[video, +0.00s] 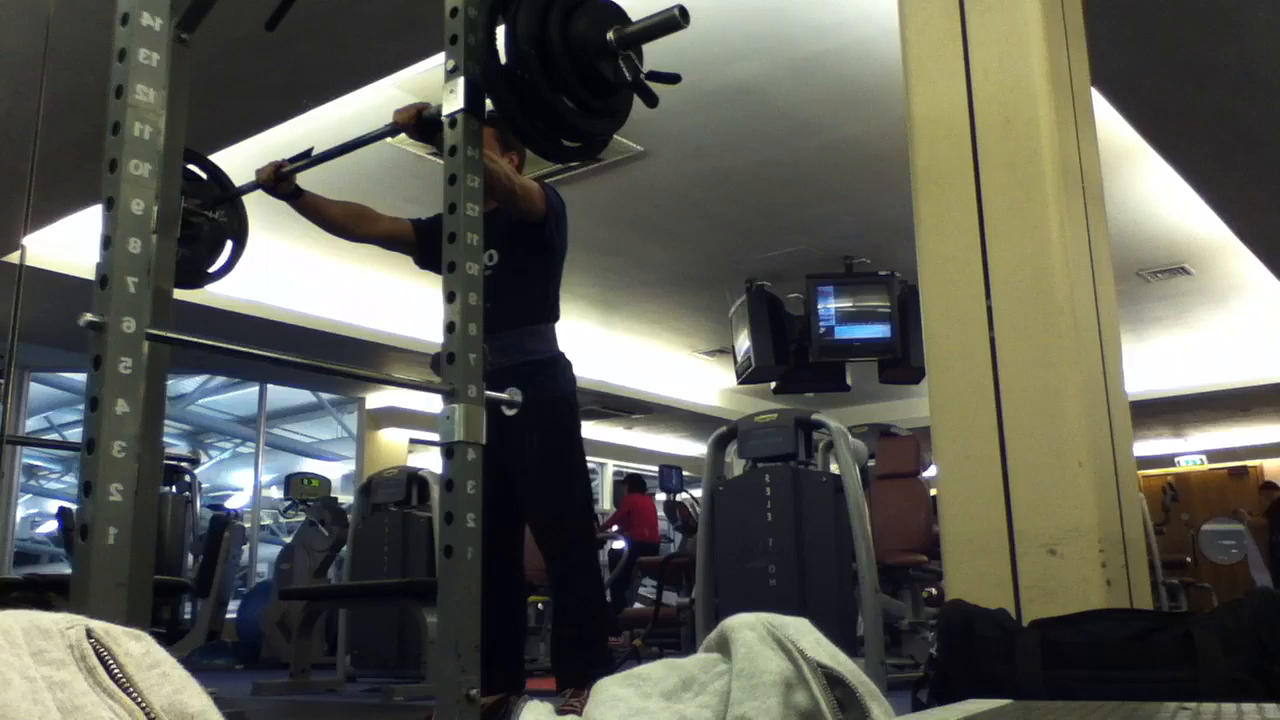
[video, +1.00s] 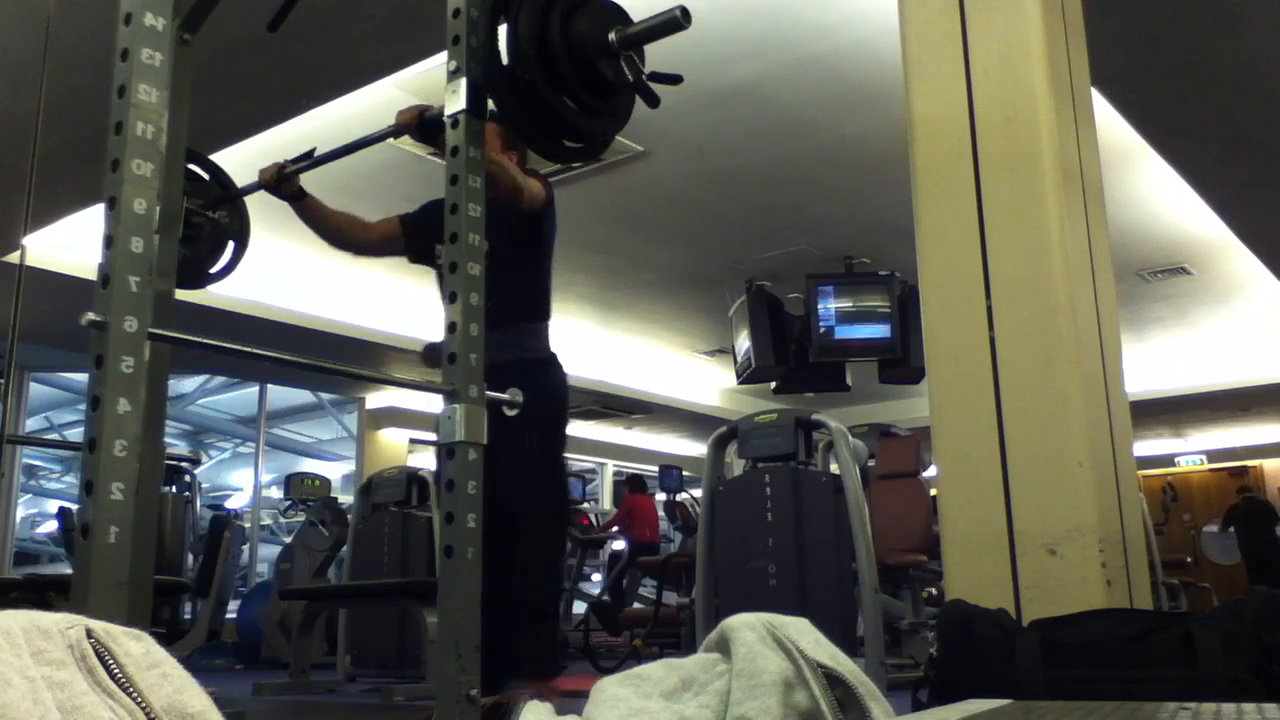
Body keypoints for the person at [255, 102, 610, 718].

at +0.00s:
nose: (469, 165)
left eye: (479, 153)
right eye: (464, 157)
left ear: (513, 156)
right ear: (460, 165)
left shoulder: (543, 209)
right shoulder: (458, 227)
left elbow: (505, 182)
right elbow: (369, 224)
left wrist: (441, 132)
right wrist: (294, 193)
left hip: (537, 384)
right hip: (476, 392)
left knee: (563, 537)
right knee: (489, 546)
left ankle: (579, 684)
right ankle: (499, 687)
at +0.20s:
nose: (470, 165)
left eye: (480, 153)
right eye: (464, 158)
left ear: (513, 155)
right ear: (460, 165)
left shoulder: (543, 208)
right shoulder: (457, 227)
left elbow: (506, 183)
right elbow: (368, 224)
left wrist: (441, 133)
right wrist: (294, 193)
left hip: (537, 384)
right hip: (476, 393)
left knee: (564, 537)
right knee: (489, 546)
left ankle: (579, 683)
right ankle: (499, 686)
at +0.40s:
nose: (470, 162)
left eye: (480, 150)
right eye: (465, 155)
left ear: (515, 155)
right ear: (460, 163)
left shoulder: (543, 206)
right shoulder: (457, 225)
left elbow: (503, 179)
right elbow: (369, 222)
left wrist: (440, 133)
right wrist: (294, 193)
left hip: (538, 385)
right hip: (476, 393)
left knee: (565, 537)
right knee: (488, 546)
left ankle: (579, 684)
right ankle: (498, 687)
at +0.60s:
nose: (470, 155)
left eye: (481, 145)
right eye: (465, 149)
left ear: (516, 151)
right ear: (460, 159)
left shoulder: (541, 199)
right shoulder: (457, 220)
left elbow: (503, 177)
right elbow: (369, 219)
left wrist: (440, 133)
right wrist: (295, 193)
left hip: (539, 384)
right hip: (477, 392)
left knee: (565, 539)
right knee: (488, 546)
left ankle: (579, 684)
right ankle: (498, 687)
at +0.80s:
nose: (469, 151)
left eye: (480, 141)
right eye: (464, 145)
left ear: (513, 147)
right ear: (459, 156)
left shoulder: (538, 194)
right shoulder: (455, 217)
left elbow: (502, 176)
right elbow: (368, 219)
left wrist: (440, 133)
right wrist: (294, 192)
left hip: (538, 384)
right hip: (476, 391)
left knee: (564, 539)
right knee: (488, 547)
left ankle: (579, 685)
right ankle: (498, 687)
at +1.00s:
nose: (470, 154)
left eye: (482, 143)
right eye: (465, 144)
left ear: (513, 152)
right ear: (455, 154)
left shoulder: (535, 198)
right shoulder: (447, 215)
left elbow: (506, 183)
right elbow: (361, 235)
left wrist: (443, 139)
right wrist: (296, 194)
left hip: (527, 383)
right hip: (469, 386)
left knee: (529, 532)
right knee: (472, 536)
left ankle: (532, 687)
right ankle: (485, 685)